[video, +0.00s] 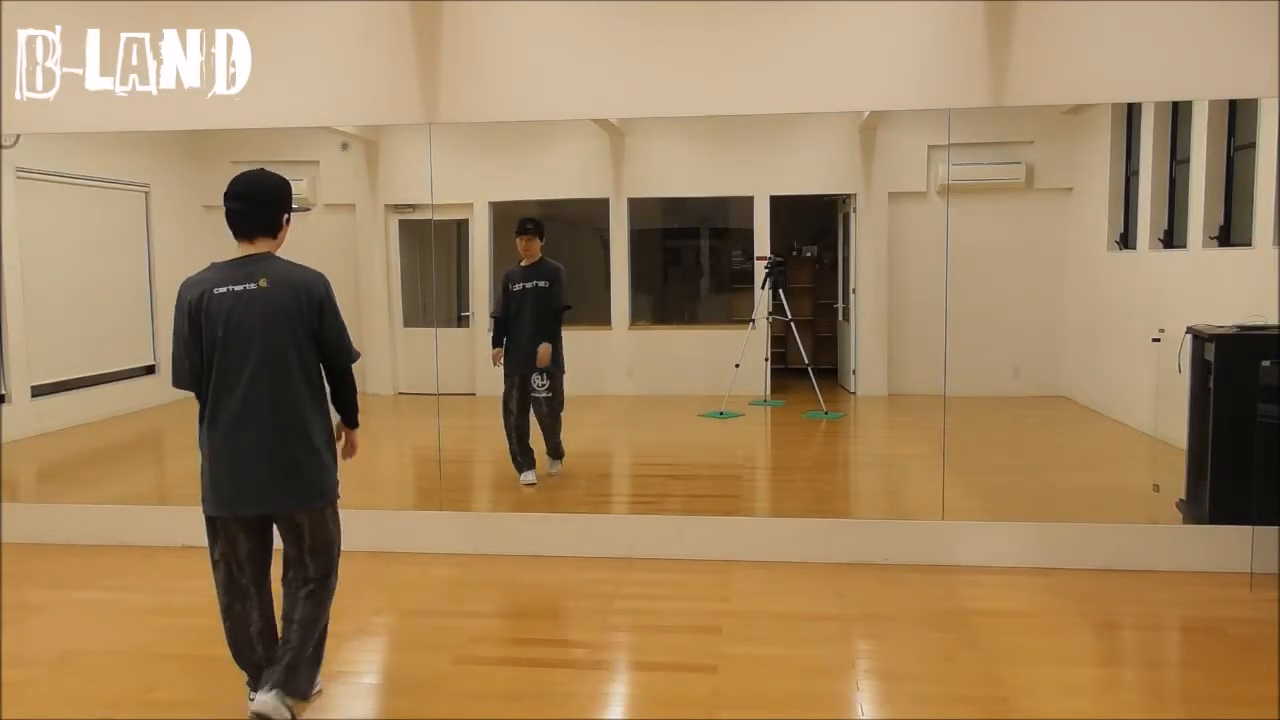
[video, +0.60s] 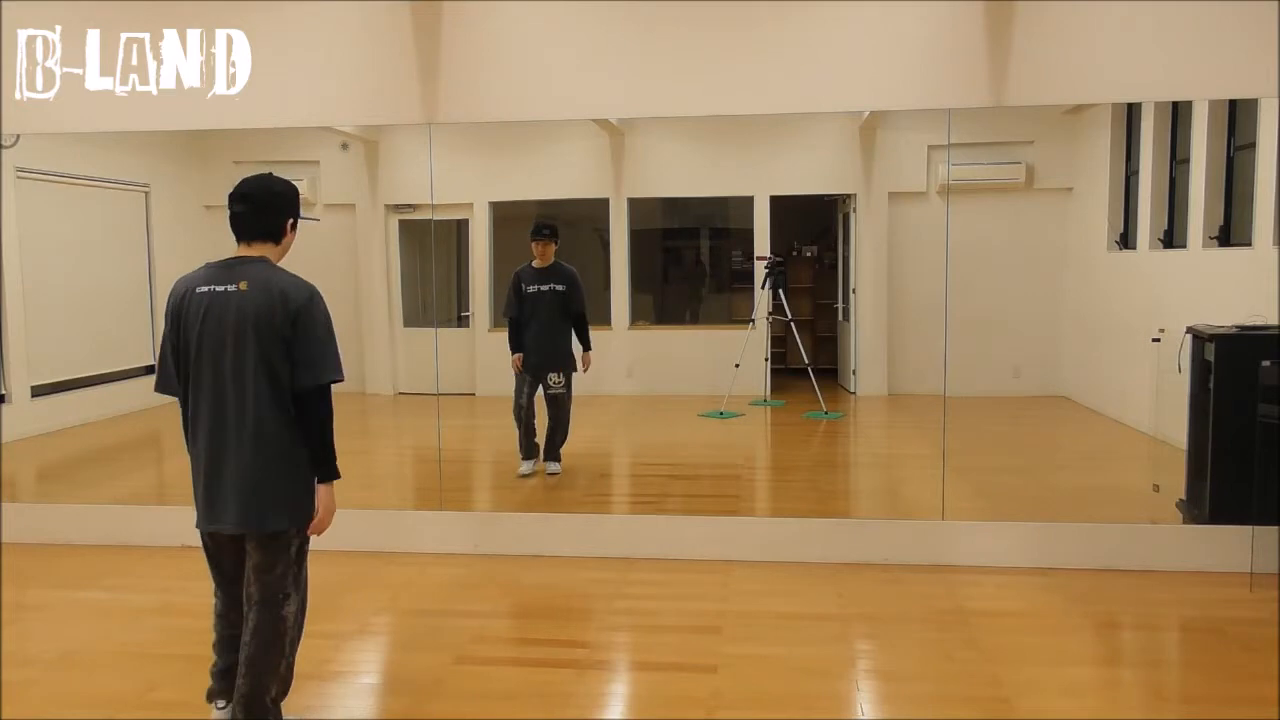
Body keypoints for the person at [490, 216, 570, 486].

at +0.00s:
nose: (525, 244)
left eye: (530, 239)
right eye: (521, 240)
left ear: (540, 242)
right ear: (516, 243)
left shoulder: (554, 271)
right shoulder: (510, 275)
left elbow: (558, 313)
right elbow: (502, 313)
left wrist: (548, 342)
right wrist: (497, 343)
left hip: (544, 353)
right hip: (516, 353)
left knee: (546, 408)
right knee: (515, 412)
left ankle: (555, 454)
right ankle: (525, 466)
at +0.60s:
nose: (540, 248)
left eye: (545, 244)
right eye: (536, 243)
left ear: (555, 246)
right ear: (531, 246)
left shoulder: (568, 275)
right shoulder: (520, 276)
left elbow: (578, 314)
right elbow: (513, 317)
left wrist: (585, 348)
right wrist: (515, 350)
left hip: (559, 353)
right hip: (528, 354)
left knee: (558, 408)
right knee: (521, 406)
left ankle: (553, 457)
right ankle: (529, 455)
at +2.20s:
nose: (525, 290)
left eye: (528, 286)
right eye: (519, 287)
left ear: (534, 276)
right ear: (511, 279)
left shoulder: (549, 282)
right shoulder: (503, 283)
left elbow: (565, 317)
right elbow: (494, 319)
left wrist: (566, 353)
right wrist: (491, 353)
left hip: (545, 355)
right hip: (517, 355)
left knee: (543, 407)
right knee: (520, 410)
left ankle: (541, 462)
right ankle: (531, 458)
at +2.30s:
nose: (523, 291)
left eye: (526, 286)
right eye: (518, 287)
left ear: (533, 276)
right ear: (509, 280)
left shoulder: (548, 282)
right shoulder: (502, 283)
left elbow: (565, 318)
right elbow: (492, 319)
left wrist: (566, 354)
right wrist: (489, 353)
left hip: (545, 356)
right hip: (517, 355)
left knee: (542, 410)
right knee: (518, 411)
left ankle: (541, 464)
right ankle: (530, 459)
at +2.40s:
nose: (522, 291)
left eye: (526, 286)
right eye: (517, 287)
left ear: (532, 278)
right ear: (508, 281)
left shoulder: (550, 287)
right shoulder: (501, 289)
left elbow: (563, 325)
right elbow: (492, 326)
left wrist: (564, 362)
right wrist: (490, 361)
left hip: (547, 359)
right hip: (518, 358)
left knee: (544, 412)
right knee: (515, 411)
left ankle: (540, 466)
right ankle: (530, 452)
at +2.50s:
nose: (521, 296)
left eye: (525, 292)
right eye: (516, 292)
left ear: (533, 284)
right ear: (508, 287)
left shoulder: (549, 297)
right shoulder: (501, 301)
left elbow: (563, 337)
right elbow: (495, 342)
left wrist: (563, 377)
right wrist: (493, 379)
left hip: (547, 363)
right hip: (519, 362)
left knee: (544, 416)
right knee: (511, 406)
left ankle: (540, 466)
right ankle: (528, 426)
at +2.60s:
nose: (521, 299)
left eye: (525, 295)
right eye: (516, 296)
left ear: (533, 286)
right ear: (508, 289)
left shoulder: (549, 298)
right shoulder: (501, 302)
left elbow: (559, 340)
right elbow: (496, 343)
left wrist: (561, 378)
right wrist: (493, 380)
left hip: (547, 361)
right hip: (517, 360)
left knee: (545, 416)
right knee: (508, 396)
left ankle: (539, 466)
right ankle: (521, 422)